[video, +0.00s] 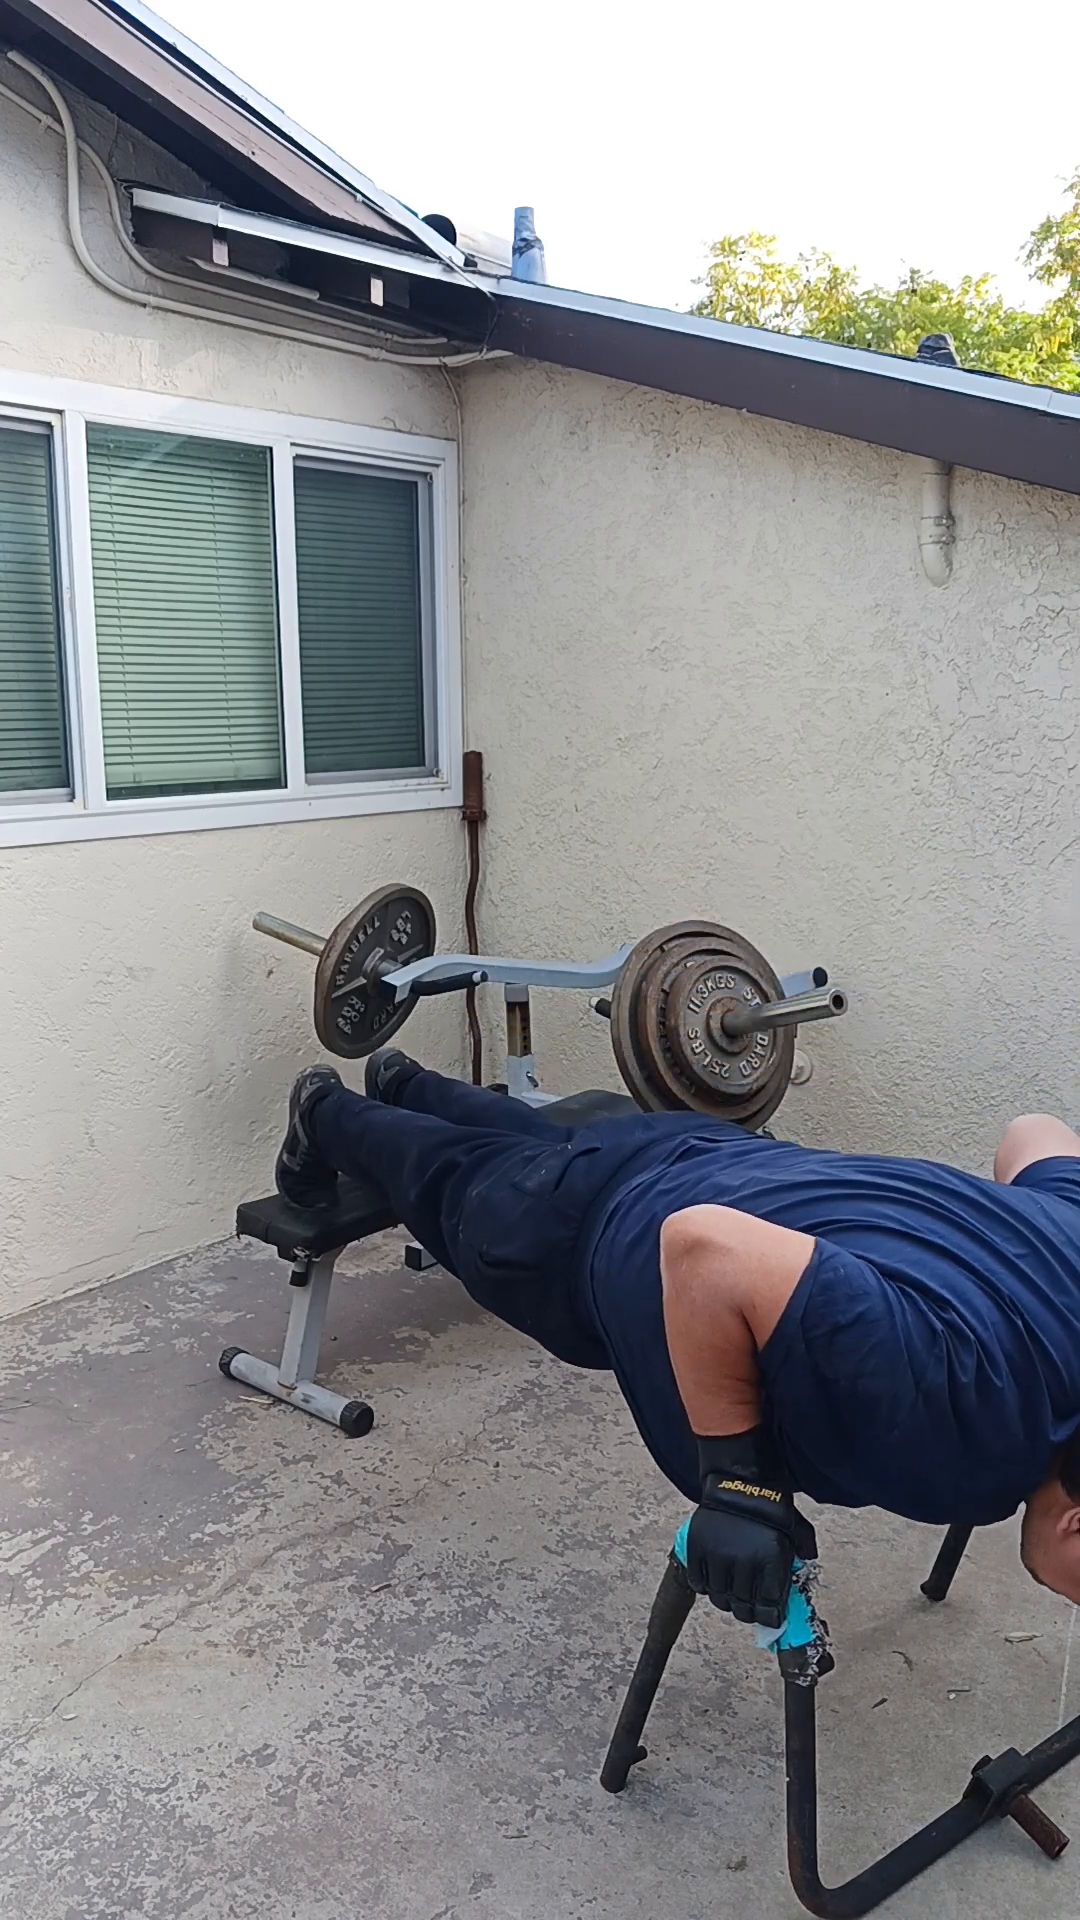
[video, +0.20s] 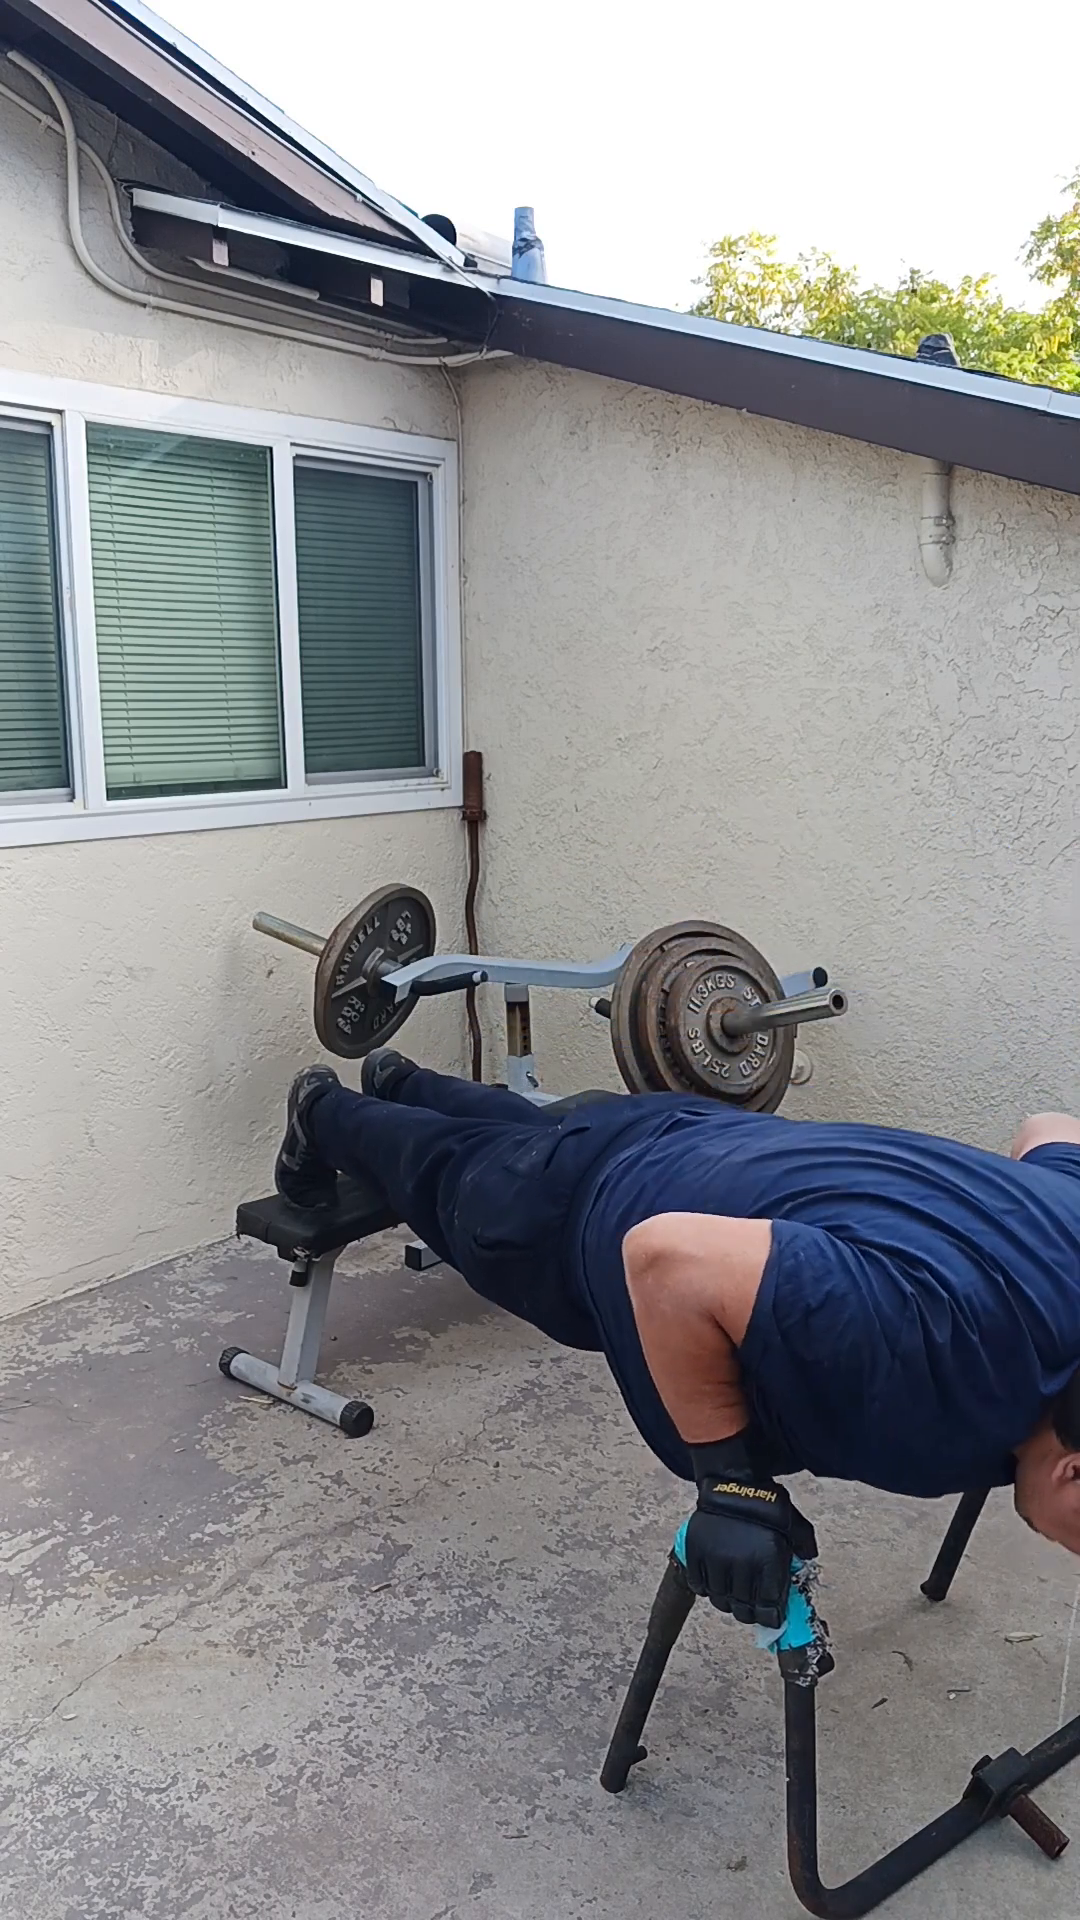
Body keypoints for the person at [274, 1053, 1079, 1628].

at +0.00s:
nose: (1051, 1586)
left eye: (1061, 1590)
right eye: (1066, 1584)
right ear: (1074, 1521)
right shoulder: (952, 1405)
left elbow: (1037, 1132)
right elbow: (702, 1255)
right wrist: (735, 1485)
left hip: (733, 1151)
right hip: (627, 1218)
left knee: (547, 1136)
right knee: (458, 1189)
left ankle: (409, 1089)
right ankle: (328, 1114)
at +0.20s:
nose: (1048, 1530)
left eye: (1061, 1526)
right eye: (1066, 1523)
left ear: (1069, 1462)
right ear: (1067, 1467)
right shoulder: (917, 1350)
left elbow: (1052, 1131)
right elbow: (666, 1265)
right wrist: (731, 1483)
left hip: (727, 1125)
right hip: (612, 1200)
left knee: (539, 1131)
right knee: (454, 1178)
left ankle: (404, 1085)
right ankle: (326, 1112)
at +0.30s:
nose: (1053, 1450)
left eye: (1067, 1440)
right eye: (1071, 1437)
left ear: (1071, 1373)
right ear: (1067, 1382)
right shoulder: (906, 1288)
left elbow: (1051, 1134)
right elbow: (646, 1273)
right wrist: (730, 1479)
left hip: (713, 1094)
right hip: (605, 1174)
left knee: (534, 1119)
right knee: (451, 1158)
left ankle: (404, 1084)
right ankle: (323, 1108)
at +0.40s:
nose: (1059, 1372)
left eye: (1069, 1369)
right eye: (1071, 1357)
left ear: (1070, 1270)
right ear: (1062, 1281)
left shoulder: (1074, 1150)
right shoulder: (897, 1221)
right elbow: (633, 1280)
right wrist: (729, 1480)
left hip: (721, 1063)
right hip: (603, 1137)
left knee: (524, 1104)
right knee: (448, 1136)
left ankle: (397, 1099)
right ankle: (322, 1112)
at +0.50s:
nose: (1062, 1266)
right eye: (1074, 1240)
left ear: (1064, 1170)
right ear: (1055, 1179)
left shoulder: (1059, 1082)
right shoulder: (840, 1148)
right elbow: (633, 1269)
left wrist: (1059, 1324)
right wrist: (729, 1474)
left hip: (730, 1019)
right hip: (605, 1094)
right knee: (451, 1125)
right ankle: (324, 1115)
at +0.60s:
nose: (1054, 1173)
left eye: (1072, 1164)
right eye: (1064, 1147)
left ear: (1057, 1073)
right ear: (1040, 1078)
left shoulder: (1050, 1008)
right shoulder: (826, 1081)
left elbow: (1057, 1175)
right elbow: (655, 1259)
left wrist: (1059, 1318)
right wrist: (731, 1475)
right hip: (604, 1065)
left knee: (512, 1118)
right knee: (449, 1114)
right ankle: (324, 1112)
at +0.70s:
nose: (1059, 1095)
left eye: (1072, 1084)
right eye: (1064, 1072)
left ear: (1040, 987)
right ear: (1031, 995)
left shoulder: (1042, 968)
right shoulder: (820, 1018)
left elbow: (1051, 1150)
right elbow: (692, 1238)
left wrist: (1060, 1321)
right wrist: (736, 1478)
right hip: (608, 1039)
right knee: (450, 1098)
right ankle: (322, 1117)